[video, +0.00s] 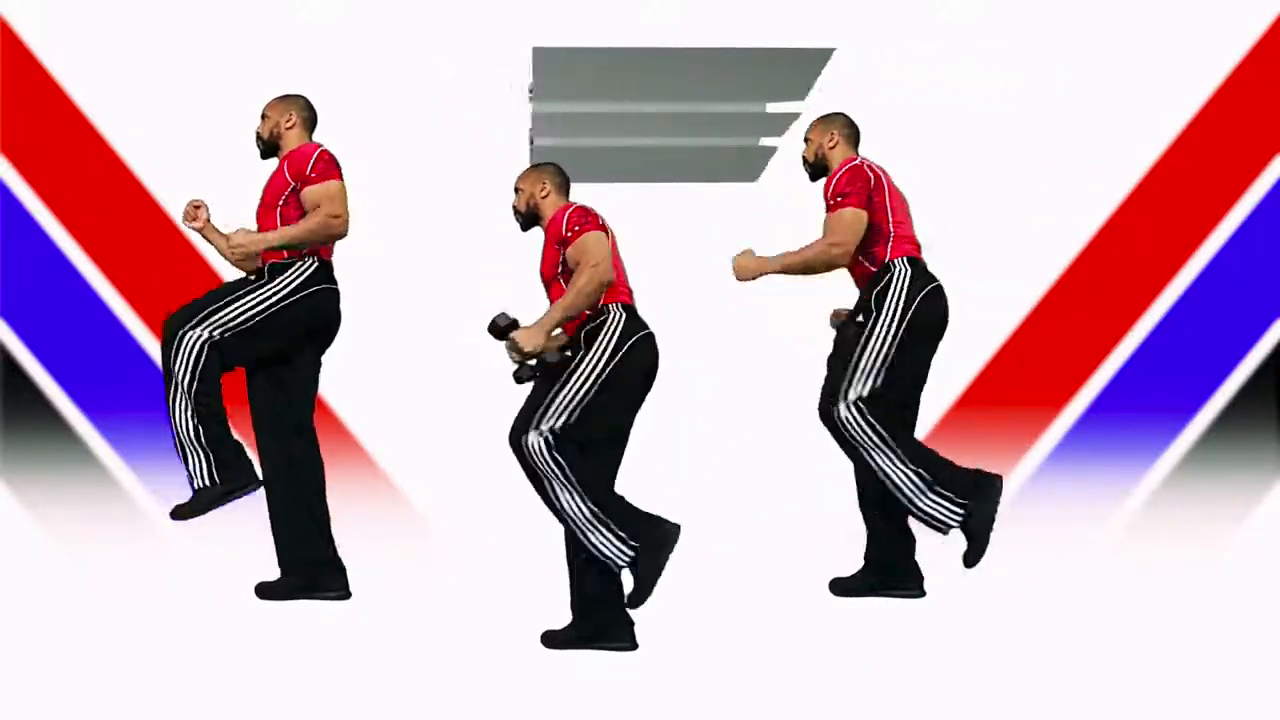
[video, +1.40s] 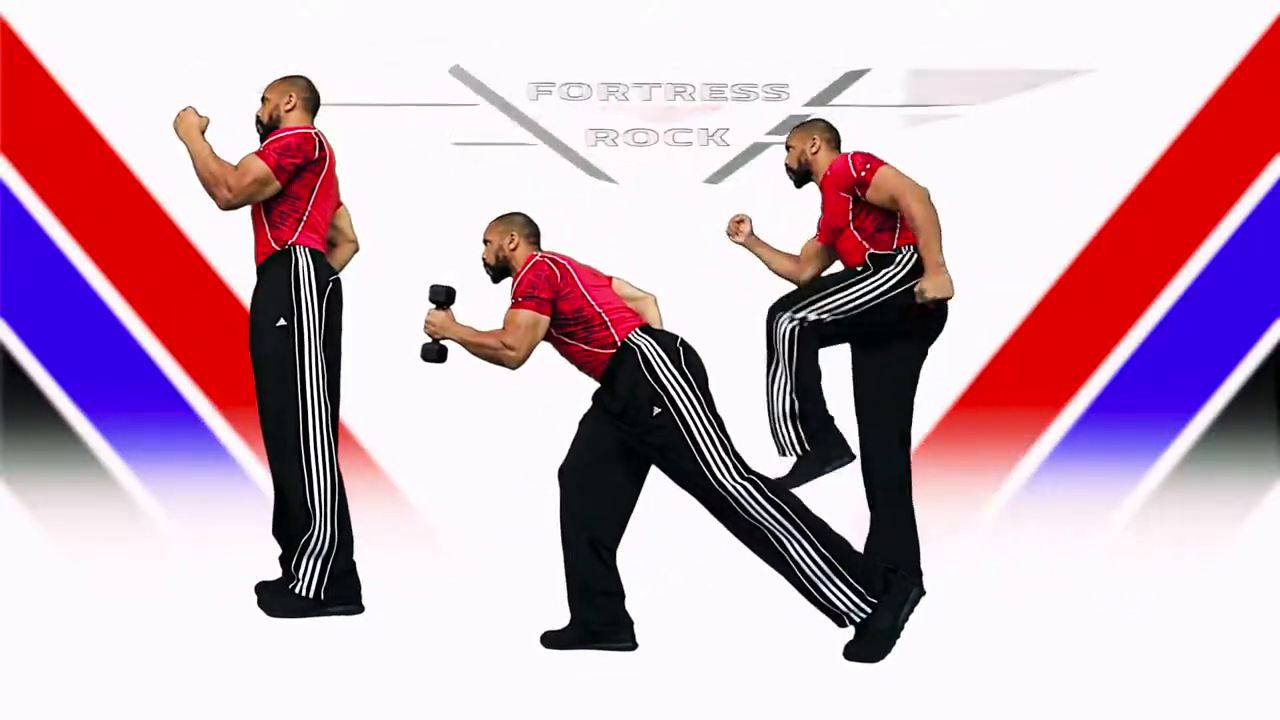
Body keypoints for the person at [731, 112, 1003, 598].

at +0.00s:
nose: (804, 152)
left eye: (809, 142)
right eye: (804, 144)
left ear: (834, 139)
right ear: (840, 141)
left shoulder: (853, 173)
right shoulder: (869, 180)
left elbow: (837, 248)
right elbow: (890, 261)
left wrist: (766, 264)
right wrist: (860, 309)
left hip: (899, 289)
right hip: (907, 296)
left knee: (846, 407)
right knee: (877, 426)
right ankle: (890, 566)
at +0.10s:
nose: (794, 162)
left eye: (800, 152)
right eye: (794, 154)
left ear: (824, 151)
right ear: (836, 155)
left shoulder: (837, 184)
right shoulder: (866, 190)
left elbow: (795, 257)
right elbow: (929, 246)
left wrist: (738, 234)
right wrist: (914, 308)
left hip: (903, 296)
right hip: (893, 306)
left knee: (915, 432)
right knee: (864, 432)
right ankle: (891, 565)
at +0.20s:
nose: (785, 172)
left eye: (791, 163)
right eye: (787, 164)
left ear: (814, 162)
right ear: (830, 164)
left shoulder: (826, 198)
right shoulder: (865, 198)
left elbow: (772, 261)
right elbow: (936, 231)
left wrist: (733, 221)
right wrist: (944, 298)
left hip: (907, 304)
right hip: (895, 314)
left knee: (960, 429)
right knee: (864, 435)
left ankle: (1104, 529)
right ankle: (890, 566)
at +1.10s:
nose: (772, 186)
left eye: (777, 176)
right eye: (771, 178)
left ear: (803, 173)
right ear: (810, 175)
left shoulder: (822, 203)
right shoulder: (847, 206)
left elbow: (808, 277)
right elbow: (914, 253)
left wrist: (747, 289)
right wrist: (908, 314)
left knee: (949, 433)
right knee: (860, 438)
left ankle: (1092, 526)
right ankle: (890, 575)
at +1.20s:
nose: (775, 178)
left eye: (779, 168)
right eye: (774, 171)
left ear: (804, 163)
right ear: (806, 165)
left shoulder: (830, 188)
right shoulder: (831, 207)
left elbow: (858, 252)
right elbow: (874, 285)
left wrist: (803, 304)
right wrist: (828, 319)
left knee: (885, 423)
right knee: (860, 432)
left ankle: (1008, 508)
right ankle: (890, 570)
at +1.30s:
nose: (781, 167)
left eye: (785, 157)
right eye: (780, 160)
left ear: (810, 152)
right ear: (812, 155)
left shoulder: (842, 176)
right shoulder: (830, 212)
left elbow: (892, 221)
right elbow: (840, 287)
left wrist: (877, 295)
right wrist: (780, 284)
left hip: (904, 286)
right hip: (899, 299)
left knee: (815, 371)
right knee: (881, 430)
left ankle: (882, 491)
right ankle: (892, 573)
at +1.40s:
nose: (784, 159)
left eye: (789, 148)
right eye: (785, 151)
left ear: (814, 145)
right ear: (814, 149)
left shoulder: (848, 165)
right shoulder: (835, 206)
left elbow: (913, 195)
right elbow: (803, 270)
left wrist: (935, 269)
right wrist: (750, 241)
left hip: (900, 271)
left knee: (788, 317)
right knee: (884, 442)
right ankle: (897, 571)